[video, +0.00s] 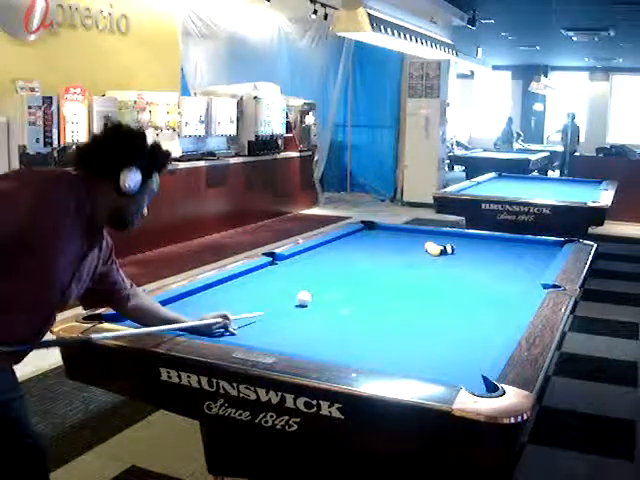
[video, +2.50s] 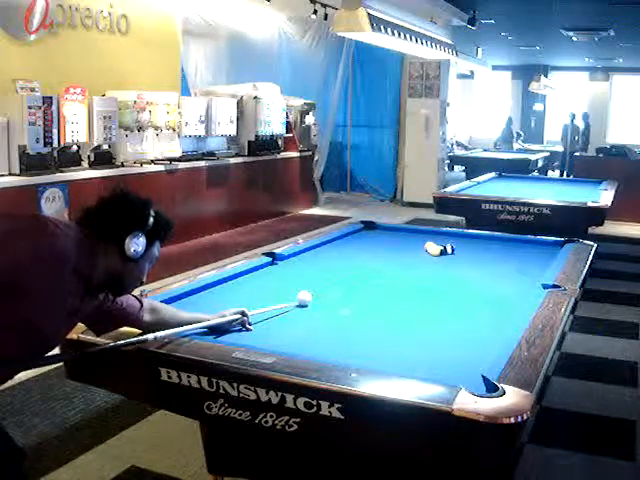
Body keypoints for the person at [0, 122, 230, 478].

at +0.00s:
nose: (146, 211)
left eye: (151, 200)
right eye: (149, 196)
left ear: (126, 182)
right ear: (127, 181)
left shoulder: (95, 243)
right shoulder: (33, 194)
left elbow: (128, 298)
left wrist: (191, 325)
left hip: (3, 365)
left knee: (30, 451)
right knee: (29, 451)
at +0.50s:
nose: (144, 257)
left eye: (150, 246)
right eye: (148, 243)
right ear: (129, 225)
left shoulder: (86, 277)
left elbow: (144, 310)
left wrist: (210, 323)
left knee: (21, 458)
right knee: (19, 458)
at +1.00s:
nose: (146, 265)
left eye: (151, 252)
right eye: (149, 250)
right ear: (128, 236)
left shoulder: (82, 284)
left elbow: (145, 310)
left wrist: (211, 322)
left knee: (19, 457)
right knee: (17, 459)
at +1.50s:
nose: (145, 272)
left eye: (151, 261)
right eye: (149, 259)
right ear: (130, 243)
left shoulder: (84, 287)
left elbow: (146, 311)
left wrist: (212, 324)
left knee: (19, 456)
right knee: (16, 456)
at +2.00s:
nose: (147, 273)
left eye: (153, 264)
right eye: (151, 261)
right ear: (132, 245)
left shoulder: (83, 289)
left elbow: (147, 313)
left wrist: (215, 322)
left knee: (16, 458)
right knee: (14, 458)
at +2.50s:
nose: (148, 274)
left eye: (154, 264)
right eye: (152, 261)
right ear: (132, 246)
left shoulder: (85, 283)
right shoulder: (48, 248)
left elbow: (146, 314)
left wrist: (215, 321)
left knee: (14, 457)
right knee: (12, 459)